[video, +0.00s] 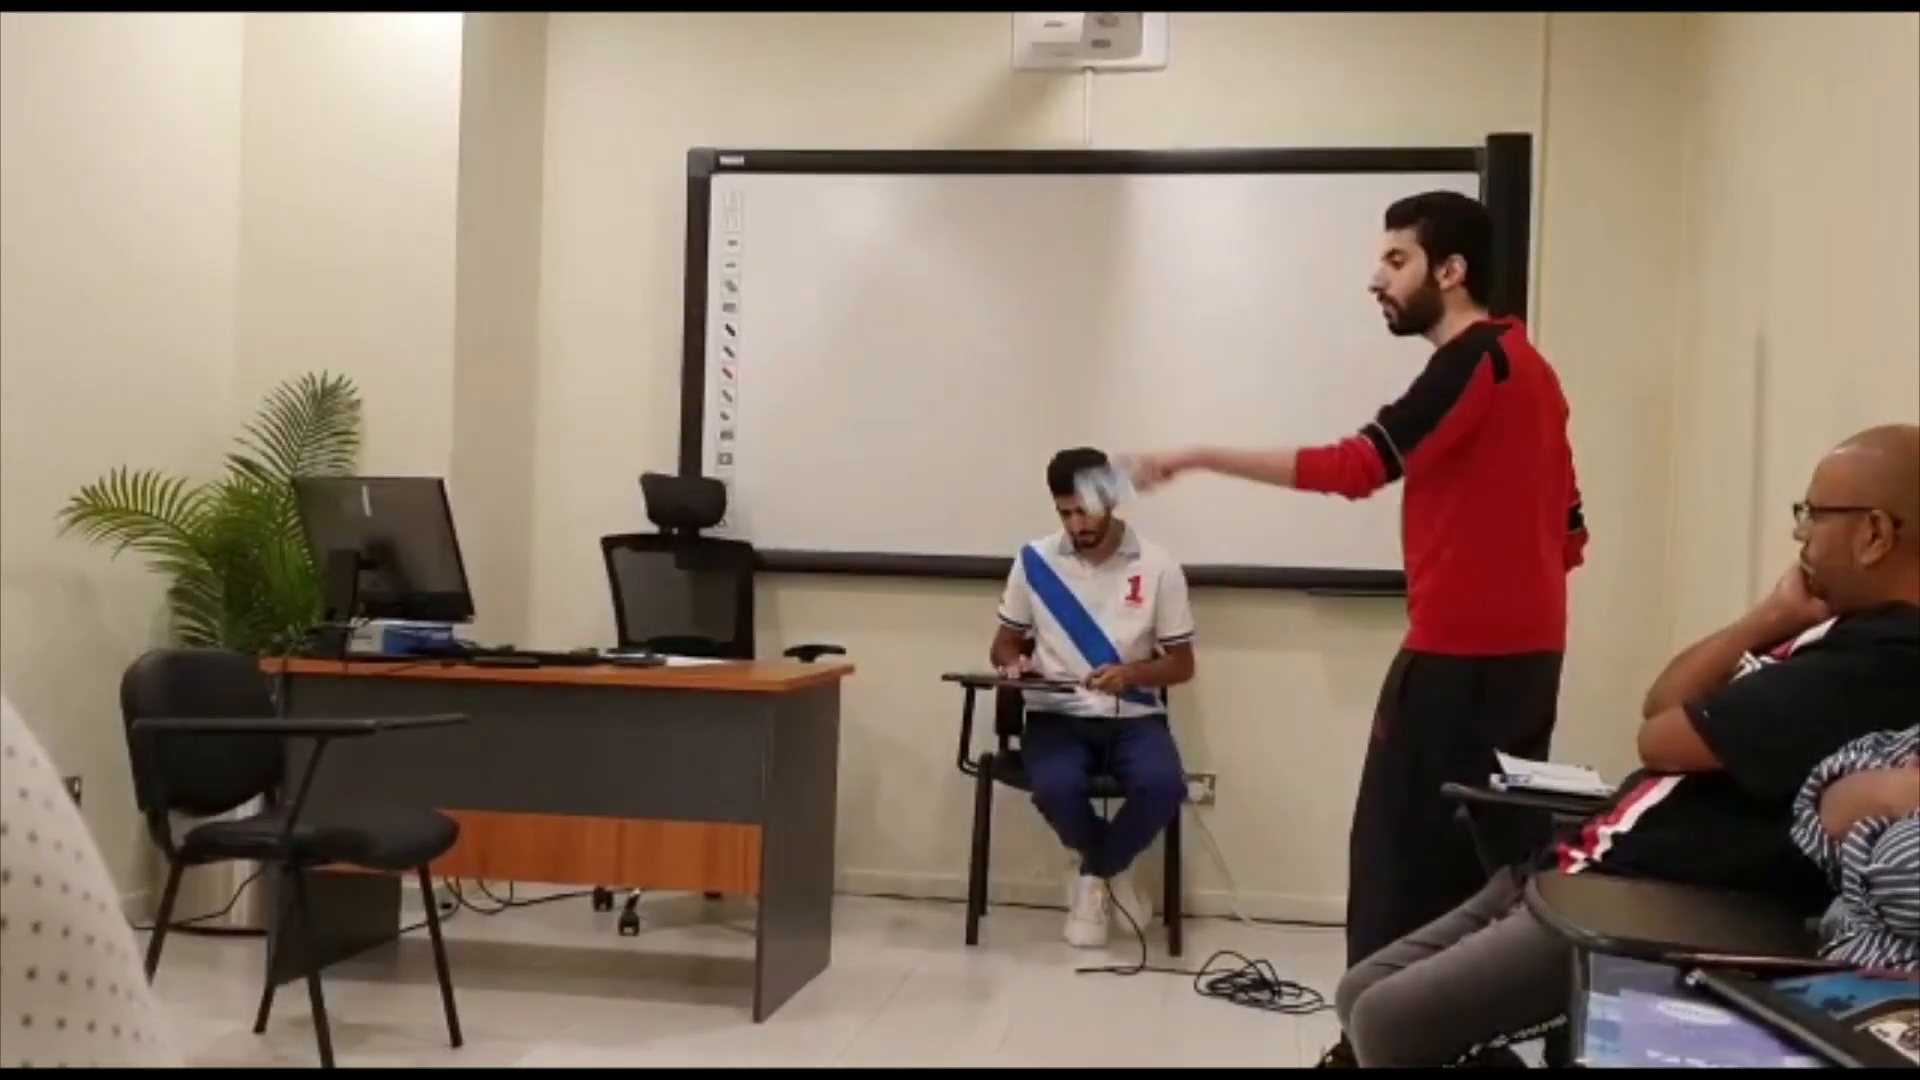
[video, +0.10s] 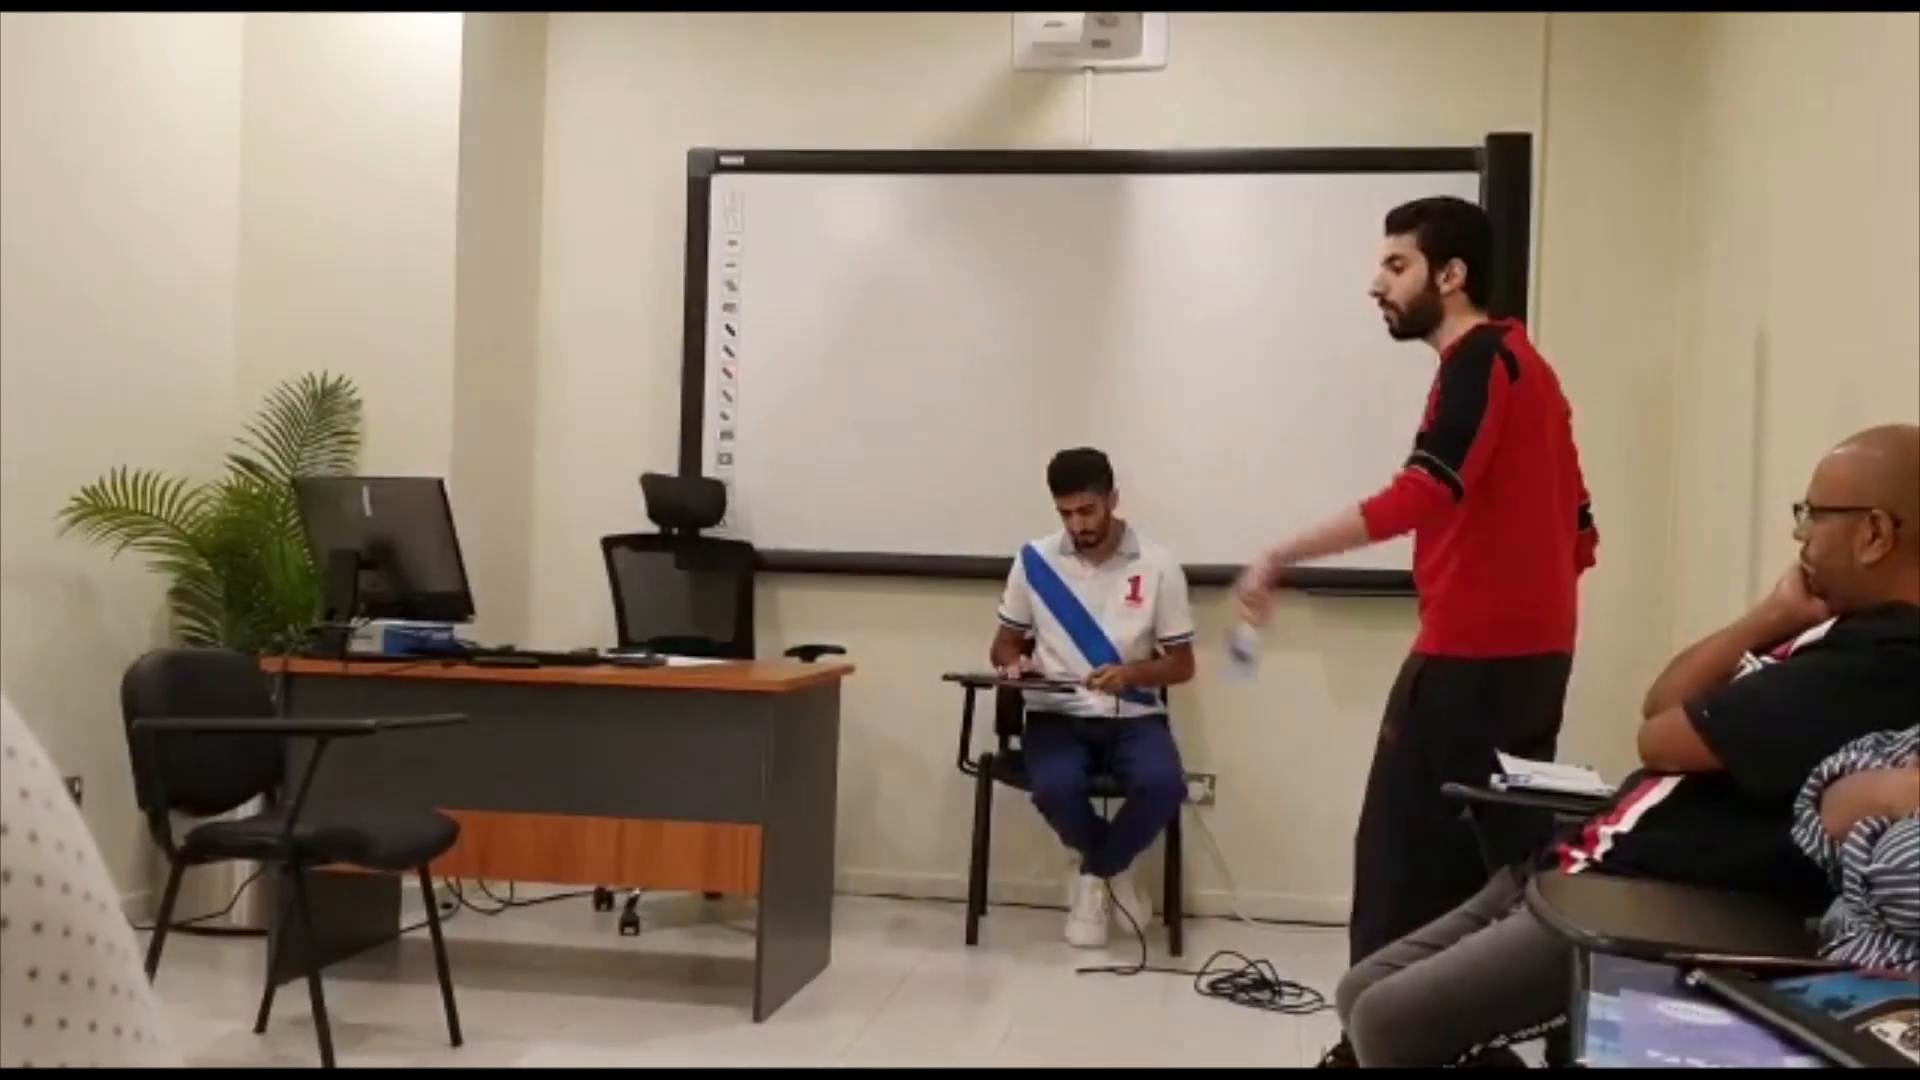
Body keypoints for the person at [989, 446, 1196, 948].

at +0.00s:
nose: (1077, 525)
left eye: (1086, 512)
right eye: (1067, 513)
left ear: (1113, 504)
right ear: (1057, 510)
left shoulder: (1157, 567)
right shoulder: (1034, 562)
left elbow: (1182, 664)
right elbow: (1004, 645)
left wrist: (1129, 674)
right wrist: (1013, 662)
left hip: (1133, 718)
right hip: (1056, 717)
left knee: (1162, 788)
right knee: (1054, 791)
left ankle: (1093, 880)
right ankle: (1113, 868)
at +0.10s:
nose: (1078, 525)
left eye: (1087, 511)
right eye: (1067, 514)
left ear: (1112, 500)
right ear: (1056, 509)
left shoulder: (1156, 565)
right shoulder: (1034, 562)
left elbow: (1182, 664)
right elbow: (1003, 645)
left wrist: (1130, 674)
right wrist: (1013, 662)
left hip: (1133, 717)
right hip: (1056, 716)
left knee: (1162, 787)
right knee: (1054, 791)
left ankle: (1093, 879)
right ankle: (1113, 867)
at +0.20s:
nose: (1077, 525)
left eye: (1086, 511)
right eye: (1067, 514)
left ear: (1112, 500)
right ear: (1056, 509)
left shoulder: (1156, 566)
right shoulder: (1034, 562)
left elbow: (1182, 664)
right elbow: (1004, 645)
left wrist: (1129, 674)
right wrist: (1012, 662)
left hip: (1133, 717)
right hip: (1056, 716)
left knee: (1162, 788)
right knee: (1054, 791)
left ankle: (1093, 880)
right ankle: (1113, 867)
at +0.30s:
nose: (1077, 524)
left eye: (1086, 511)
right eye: (1066, 513)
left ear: (1112, 499)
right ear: (1056, 508)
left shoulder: (1156, 565)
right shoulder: (1034, 561)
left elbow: (1182, 662)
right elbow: (1003, 644)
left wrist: (1130, 673)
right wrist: (1012, 661)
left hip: (1133, 716)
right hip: (1056, 715)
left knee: (1162, 787)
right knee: (1054, 790)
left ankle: (1093, 878)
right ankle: (1113, 868)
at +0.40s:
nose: (1077, 523)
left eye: (1087, 509)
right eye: (1067, 512)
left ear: (1112, 498)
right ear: (1056, 507)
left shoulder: (1157, 564)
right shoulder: (1035, 560)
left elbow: (1183, 661)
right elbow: (1004, 643)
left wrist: (1130, 671)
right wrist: (1013, 660)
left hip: (1135, 714)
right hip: (1057, 714)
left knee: (1163, 787)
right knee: (1054, 789)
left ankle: (1094, 878)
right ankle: (1113, 868)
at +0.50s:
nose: (1077, 523)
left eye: (1087, 509)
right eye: (1067, 512)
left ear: (1113, 498)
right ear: (1056, 507)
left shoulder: (1157, 564)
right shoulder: (1035, 560)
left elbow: (1184, 661)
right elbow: (1004, 643)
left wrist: (1129, 672)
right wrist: (1013, 660)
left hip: (1135, 714)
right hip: (1057, 713)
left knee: (1163, 786)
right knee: (1054, 789)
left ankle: (1094, 877)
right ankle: (1113, 867)